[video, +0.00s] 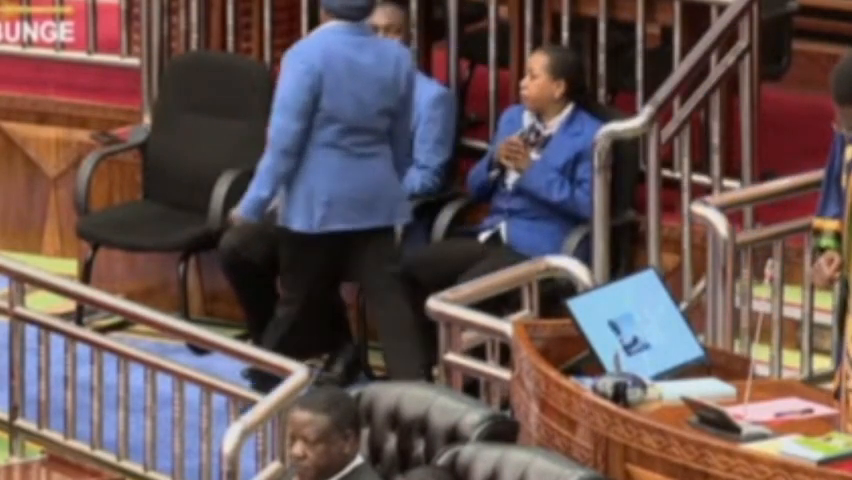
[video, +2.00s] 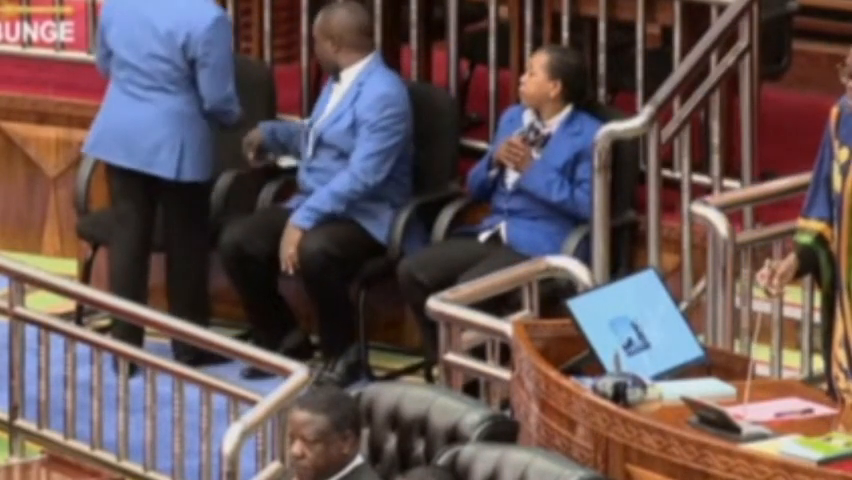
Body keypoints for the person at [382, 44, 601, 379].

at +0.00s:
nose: (523, 84)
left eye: (533, 77)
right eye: (525, 76)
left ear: (560, 88)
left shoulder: (590, 135)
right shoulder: (512, 119)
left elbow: (588, 205)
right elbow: (476, 188)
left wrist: (528, 170)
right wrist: (495, 162)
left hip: (536, 252)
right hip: (490, 238)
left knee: (454, 303)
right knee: (398, 273)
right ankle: (410, 387)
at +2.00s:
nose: (522, 80)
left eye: (531, 74)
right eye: (525, 72)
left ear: (555, 88)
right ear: (551, 88)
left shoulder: (590, 135)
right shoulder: (513, 119)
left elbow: (589, 207)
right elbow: (476, 189)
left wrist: (530, 170)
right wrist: (495, 163)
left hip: (538, 250)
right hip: (494, 238)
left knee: (461, 298)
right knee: (413, 271)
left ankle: (480, 381)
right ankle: (448, 367)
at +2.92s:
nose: (520, 79)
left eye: (529, 74)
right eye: (524, 72)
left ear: (552, 88)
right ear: (550, 87)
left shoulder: (590, 135)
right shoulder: (513, 119)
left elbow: (589, 207)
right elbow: (475, 189)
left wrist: (530, 171)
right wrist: (495, 162)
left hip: (538, 250)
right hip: (494, 237)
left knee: (461, 298)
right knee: (414, 271)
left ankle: (483, 380)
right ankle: (448, 365)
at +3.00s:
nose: (520, 79)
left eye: (529, 74)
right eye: (524, 72)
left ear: (552, 87)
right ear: (550, 87)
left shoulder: (590, 135)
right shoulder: (513, 119)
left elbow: (590, 207)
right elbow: (475, 189)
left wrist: (530, 171)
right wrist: (495, 163)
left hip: (539, 250)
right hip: (494, 237)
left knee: (462, 297)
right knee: (414, 271)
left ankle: (483, 380)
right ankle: (448, 365)